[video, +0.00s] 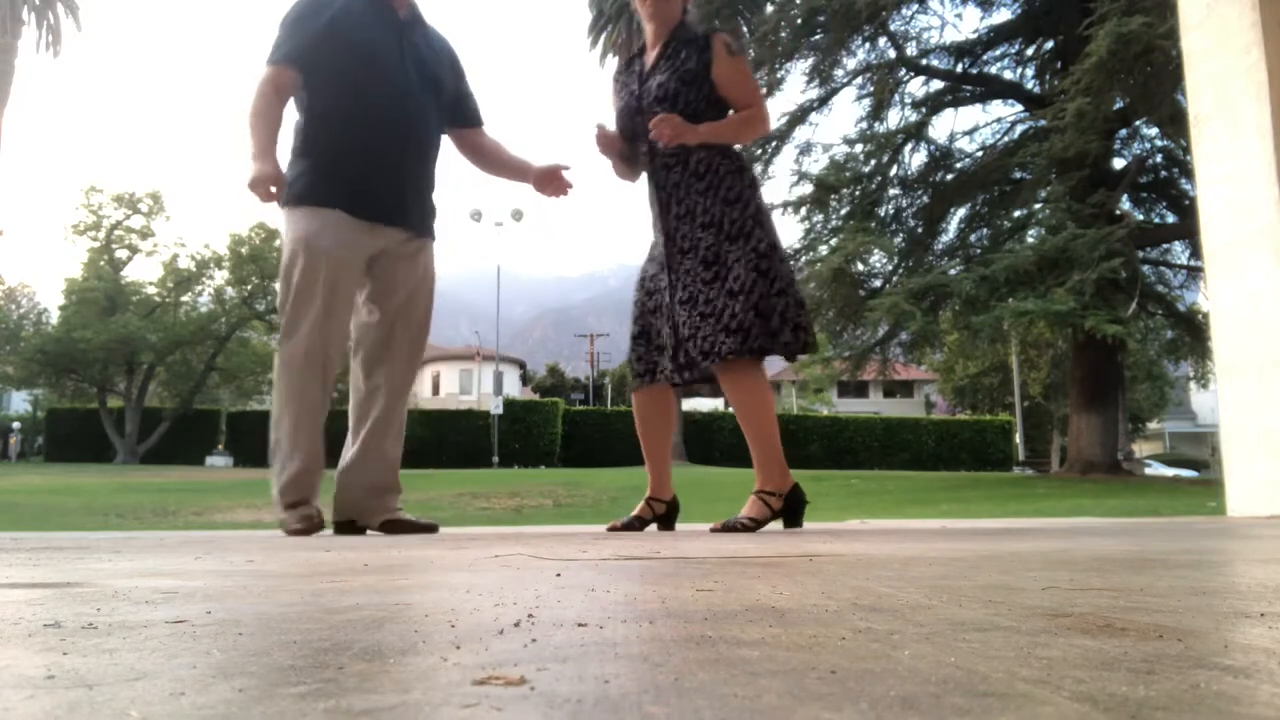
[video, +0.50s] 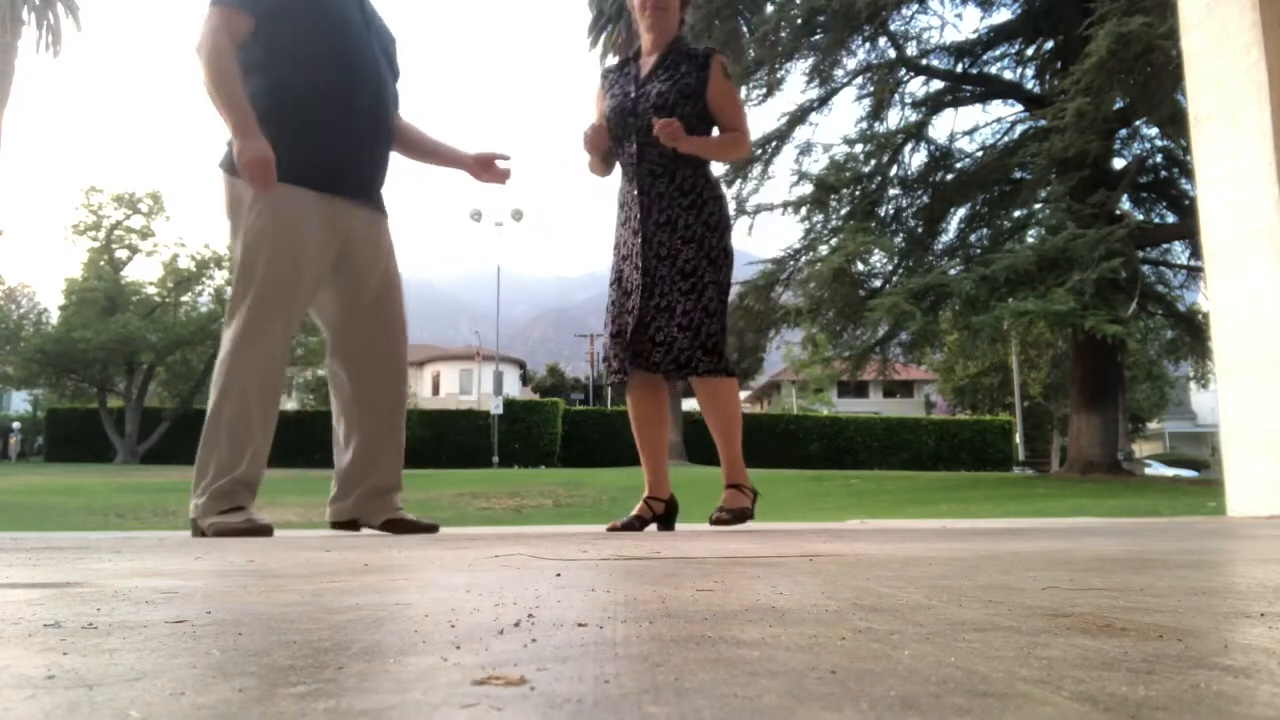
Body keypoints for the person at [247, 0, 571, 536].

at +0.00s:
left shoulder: (438, 49)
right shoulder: (325, 10)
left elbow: (471, 139)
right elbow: (274, 86)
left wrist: (531, 173)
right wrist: (263, 158)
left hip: (407, 224)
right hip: (326, 209)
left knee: (389, 368)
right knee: (309, 357)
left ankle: (366, 507)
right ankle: (297, 503)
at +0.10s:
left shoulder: (435, 47)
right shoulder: (323, 8)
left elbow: (463, 138)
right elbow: (267, 83)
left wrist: (524, 170)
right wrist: (263, 167)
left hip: (403, 225)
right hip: (325, 204)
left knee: (390, 368)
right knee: (300, 346)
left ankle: (367, 506)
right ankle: (266, 494)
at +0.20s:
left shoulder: (425, 46)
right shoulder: (313, 5)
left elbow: (451, 137)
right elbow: (265, 84)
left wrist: (515, 170)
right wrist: (257, 176)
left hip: (400, 224)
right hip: (322, 203)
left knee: (393, 363)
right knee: (294, 345)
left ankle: (368, 505)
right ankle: (234, 498)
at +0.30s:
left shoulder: (407, 46)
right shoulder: (300, 4)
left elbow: (435, 135)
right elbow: (252, 79)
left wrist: (505, 172)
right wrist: (254, 175)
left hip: (389, 224)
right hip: (312, 205)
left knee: (396, 360)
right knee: (280, 354)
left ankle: (368, 505)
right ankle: (220, 505)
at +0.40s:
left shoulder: (392, 35)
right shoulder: (281, 3)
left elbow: (409, 127)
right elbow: (232, 59)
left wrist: (483, 164)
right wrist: (252, 164)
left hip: (378, 221)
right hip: (299, 203)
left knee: (388, 359)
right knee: (268, 352)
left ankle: (367, 504)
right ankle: (222, 505)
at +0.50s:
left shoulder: (377, 29)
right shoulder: (266, 1)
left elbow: (384, 123)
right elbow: (214, 43)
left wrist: (465, 160)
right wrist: (247, 135)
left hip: (360, 206)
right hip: (282, 188)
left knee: (375, 353)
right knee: (257, 346)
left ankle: (366, 500)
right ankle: (221, 505)